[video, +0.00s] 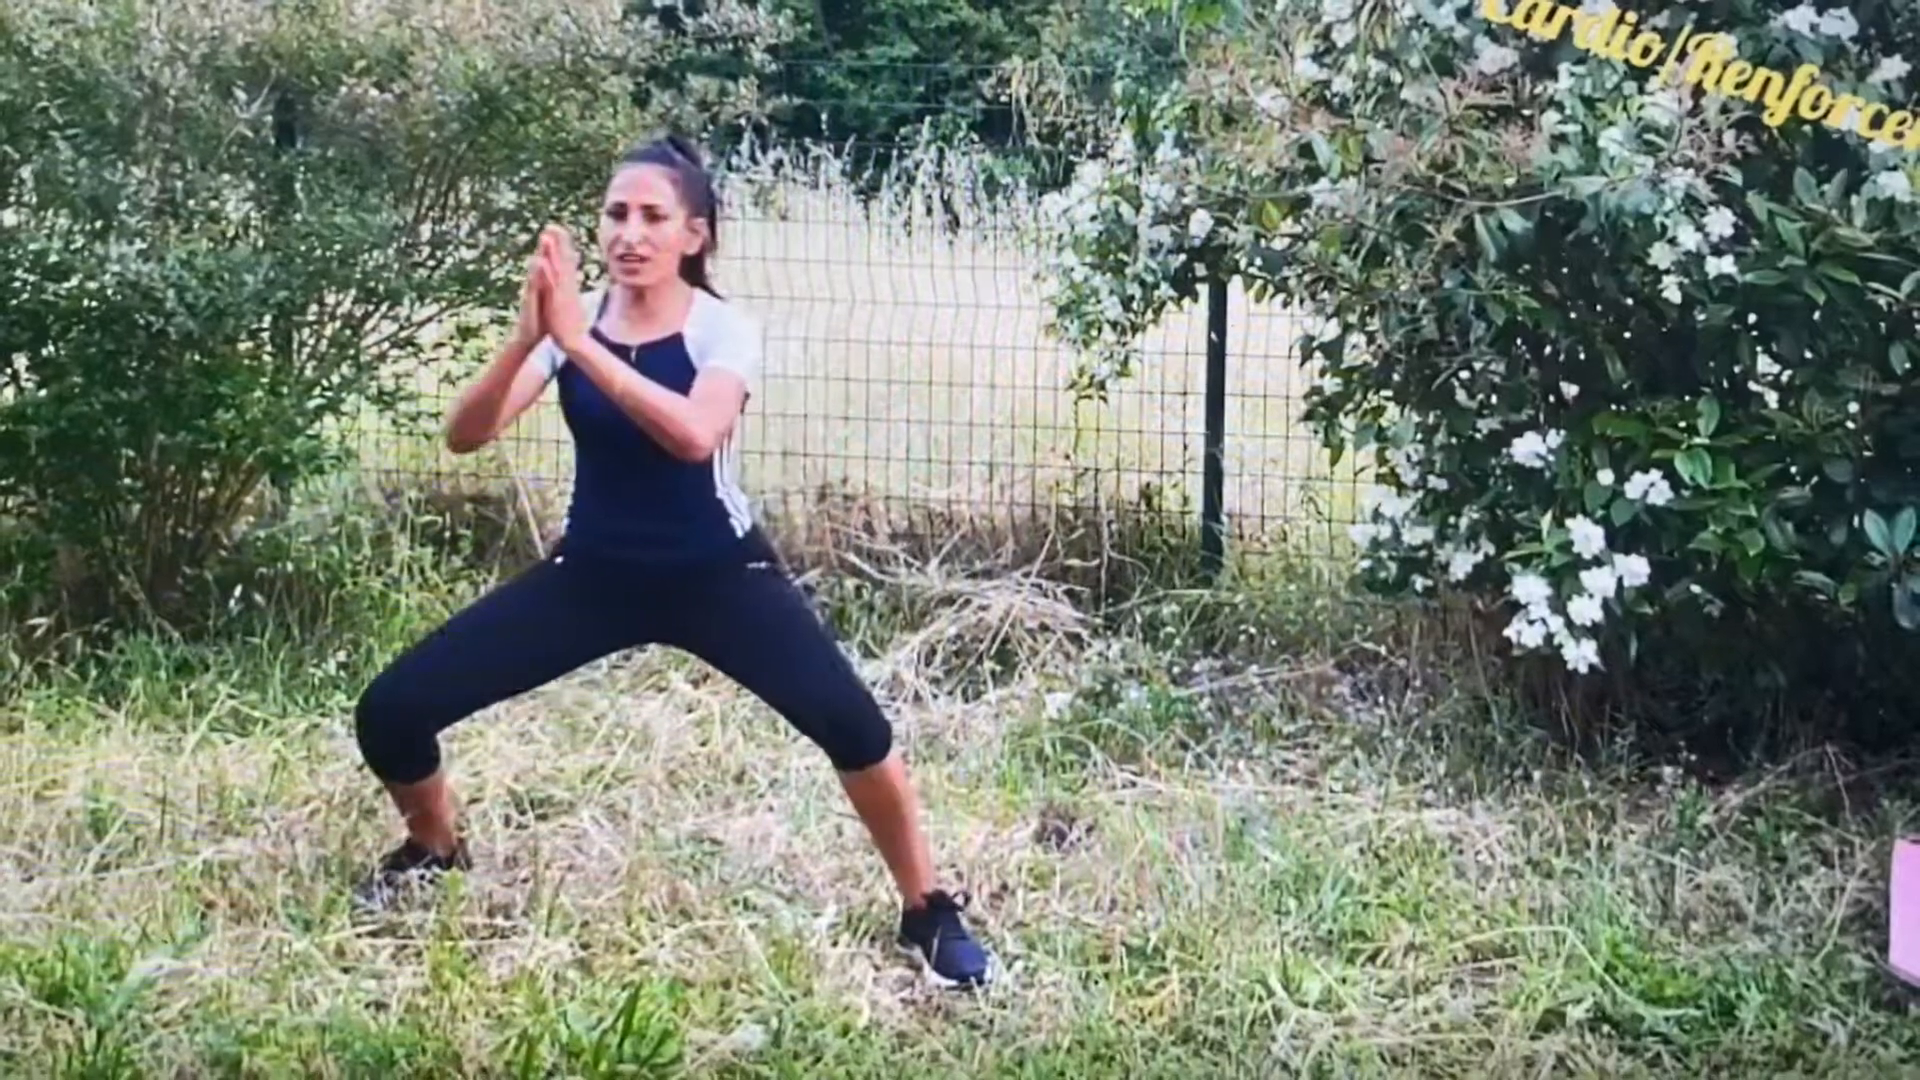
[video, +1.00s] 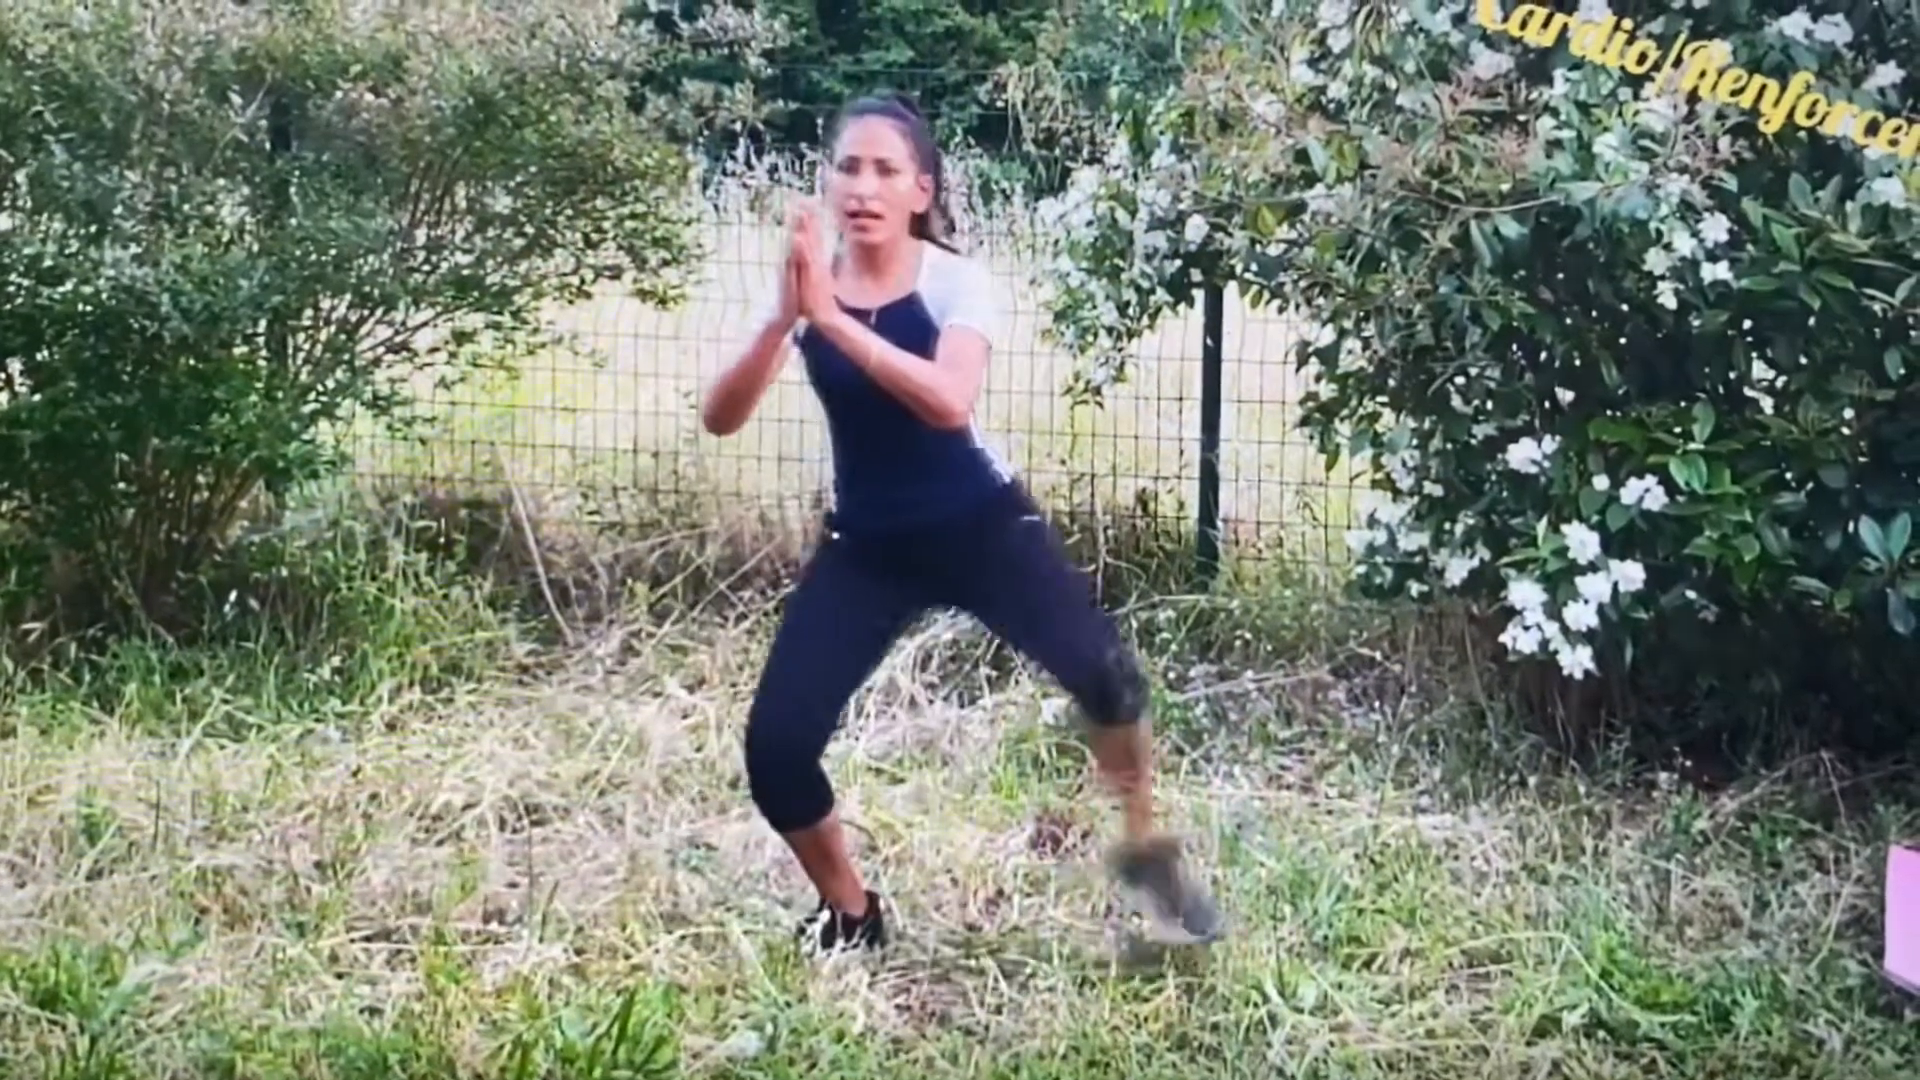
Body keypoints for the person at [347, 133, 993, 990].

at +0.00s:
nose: (629, 233)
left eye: (653, 216)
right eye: (618, 213)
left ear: (695, 237)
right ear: (599, 226)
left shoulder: (722, 328)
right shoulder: (575, 325)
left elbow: (697, 435)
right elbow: (464, 435)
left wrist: (578, 344)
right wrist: (523, 339)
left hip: (716, 583)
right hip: (591, 581)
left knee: (855, 725)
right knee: (390, 712)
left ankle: (928, 909)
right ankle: (435, 852)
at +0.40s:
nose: (745, 223)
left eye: (769, 207)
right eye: (731, 203)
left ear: (804, 228)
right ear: (710, 216)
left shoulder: (832, 328)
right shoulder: (676, 309)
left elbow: (825, 436)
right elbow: (585, 435)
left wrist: (702, 344)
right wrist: (657, 336)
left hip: (801, 575)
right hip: (675, 565)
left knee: (896, 742)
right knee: (475, 722)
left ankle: (926, 910)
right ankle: (431, 855)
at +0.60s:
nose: (818, 194)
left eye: (841, 177)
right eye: (804, 175)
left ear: (883, 198)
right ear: (786, 188)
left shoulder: (914, 298)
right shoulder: (762, 282)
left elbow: (901, 418)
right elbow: (670, 417)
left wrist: (775, 326)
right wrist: (740, 321)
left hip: (880, 551)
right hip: (761, 535)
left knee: (929, 752)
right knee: (567, 690)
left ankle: (925, 914)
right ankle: (564, 834)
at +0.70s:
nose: (837, 185)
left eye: (861, 168)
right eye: (824, 166)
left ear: (901, 190)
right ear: (803, 182)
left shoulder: (928, 282)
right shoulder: (783, 271)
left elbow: (918, 406)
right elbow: (692, 407)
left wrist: (797, 313)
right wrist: (759, 308)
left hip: (912, 541)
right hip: (799, 530)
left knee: (927, 749)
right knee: (646, 680)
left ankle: (924, 913)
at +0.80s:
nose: (843, 181)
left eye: (867, 165)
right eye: (829, 162)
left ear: (907, 187)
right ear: (811, 178)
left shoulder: (939, 279)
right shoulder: (789, 276)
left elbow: (927, 398)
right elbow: (701, 405)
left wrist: (808, 306)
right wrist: (765, 300)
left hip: (939, 540)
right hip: (824, 537)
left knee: (952, 748)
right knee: (728, 725)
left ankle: (933, 912)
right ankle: (841, 898)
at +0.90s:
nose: (845, 184)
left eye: (869, 167)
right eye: (832, 164)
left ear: (908, 191)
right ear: (812, 181)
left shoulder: (942, 280)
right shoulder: (791, 278)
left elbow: (933, 400)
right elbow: (706, 411)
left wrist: (812, 310)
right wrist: (769, 307)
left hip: (959, 534)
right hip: (843, 543)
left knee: (1027, 717)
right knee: (762, 746)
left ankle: (1000, 903)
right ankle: (851, 910)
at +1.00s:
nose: (862, 187)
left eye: (886, 171)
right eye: (848, 168)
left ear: (922, 195)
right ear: (826, 184)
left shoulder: (959, 284)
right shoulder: (809, 288)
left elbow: (949, 401)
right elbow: (719, 416)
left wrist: (825, 317)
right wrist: (785, 319)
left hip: (982, 535)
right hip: (867, 551)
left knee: (1109, 678)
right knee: (775, 748)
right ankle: (850, 914)